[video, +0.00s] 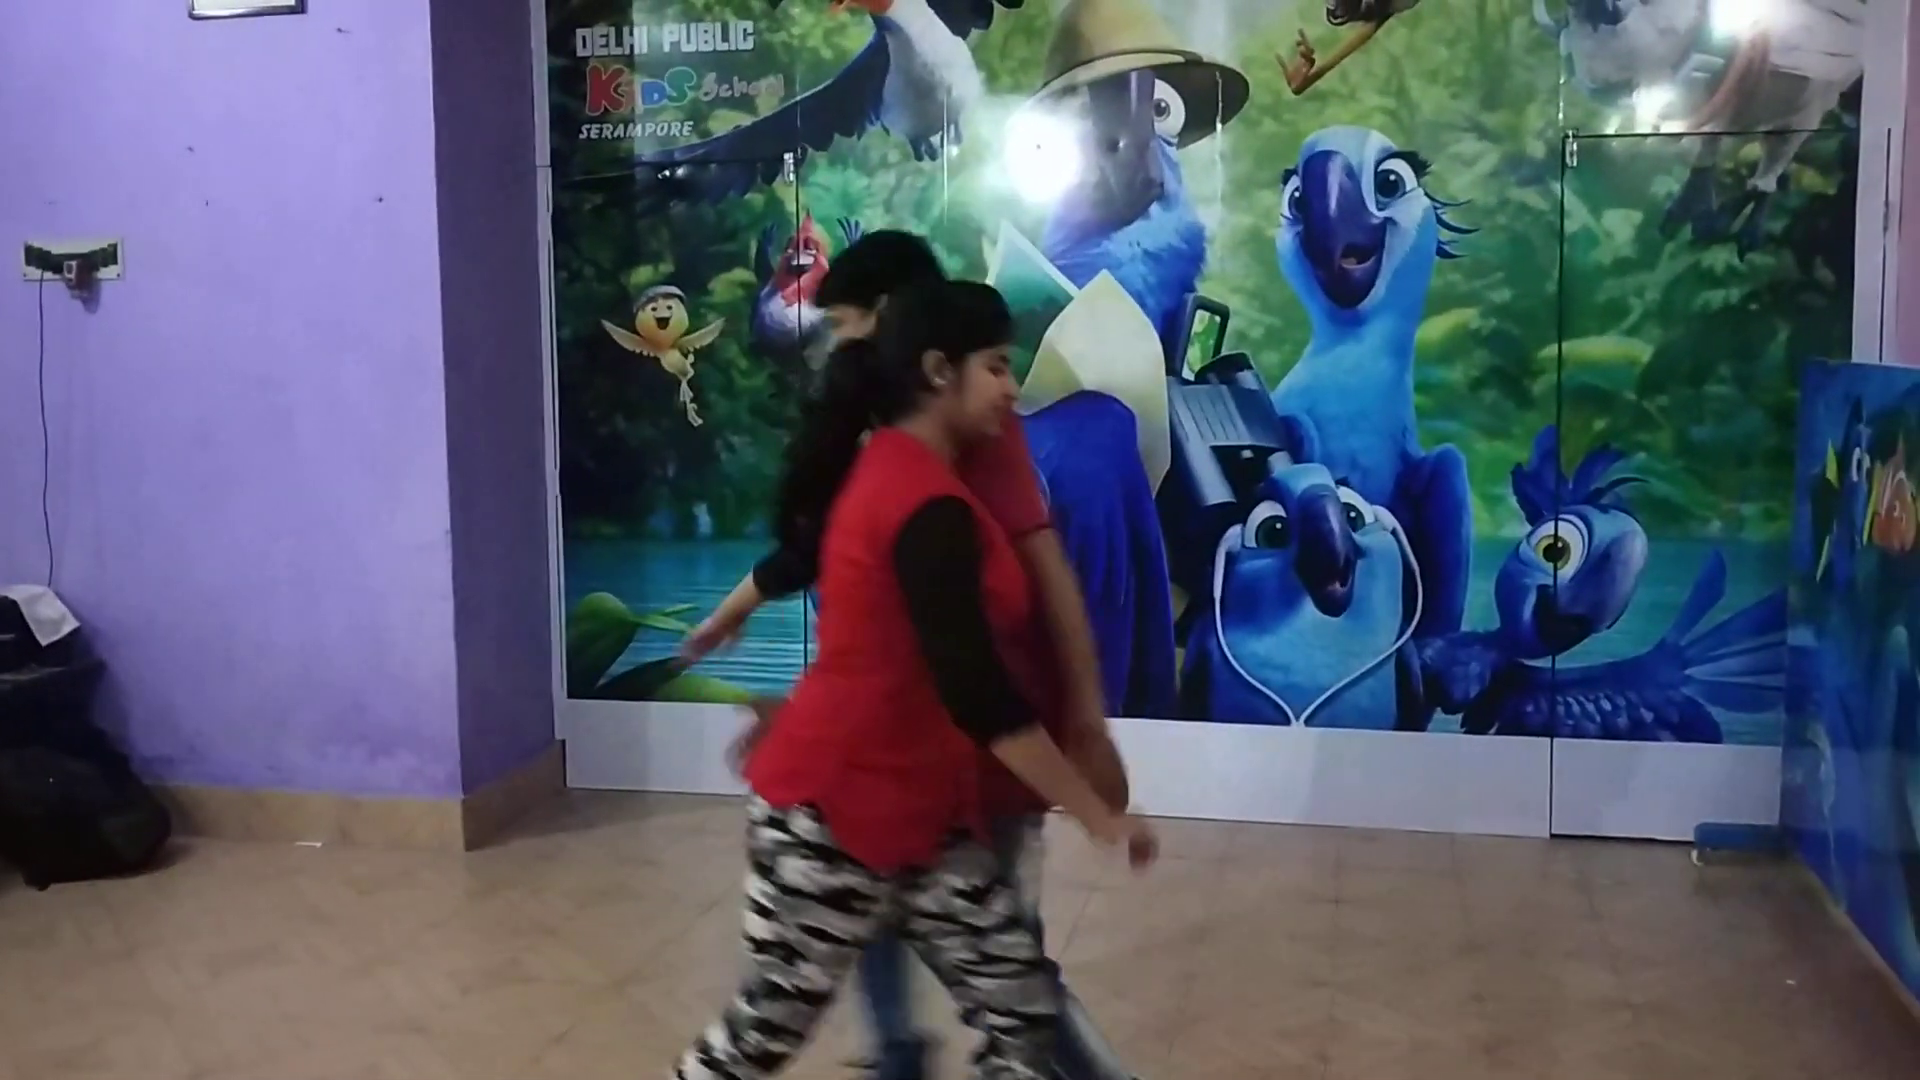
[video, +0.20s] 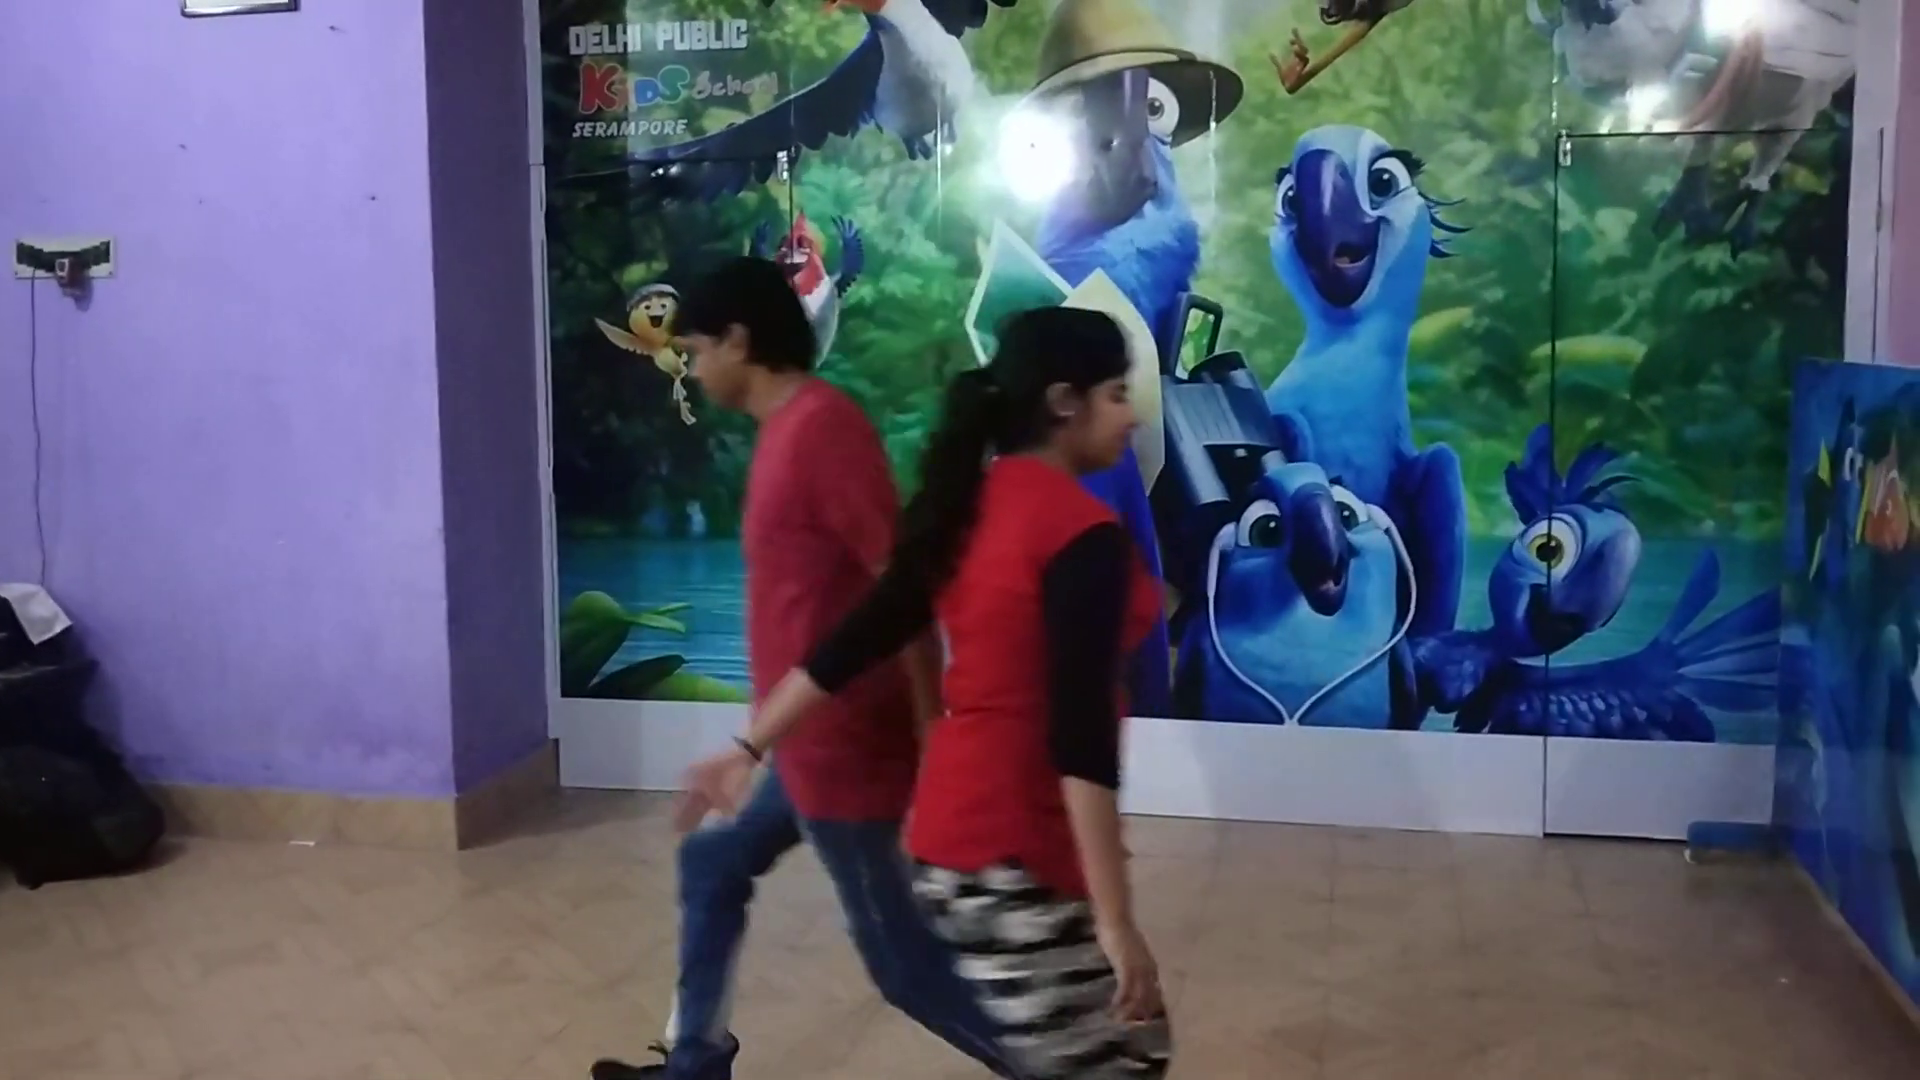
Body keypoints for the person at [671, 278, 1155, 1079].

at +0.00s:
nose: (1013, 389)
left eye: (1011, 368)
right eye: (997, 367)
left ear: (942, 374)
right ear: (939, 371)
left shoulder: (891, 467)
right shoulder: (928, 502)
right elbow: (978, 697)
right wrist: (1100, 818)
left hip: (920, 813)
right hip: (830, 813)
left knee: (1024, 1014)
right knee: (763, 1031)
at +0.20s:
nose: (691, 370)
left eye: (697, 349)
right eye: (690, 352)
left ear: (743, 343)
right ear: (751, 344)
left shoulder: (824, 427)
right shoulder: (793, 426)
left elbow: (903, 591)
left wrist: (934, 734)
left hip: (844, 746)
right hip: (806, 739)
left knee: (908, 969)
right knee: (710, 861)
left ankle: (1045, 1062)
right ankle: (692, 1055)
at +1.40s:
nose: (93, 303)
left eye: (93, 283)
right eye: (89, 286)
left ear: (126, 274)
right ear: (177, 271)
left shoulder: (142, 372)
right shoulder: (244, 361)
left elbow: (150, 528)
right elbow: (292, 504)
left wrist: (130, 685)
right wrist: (292, 629)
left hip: (183, 654)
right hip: (243, 639)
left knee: (240, 853)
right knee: (169, 820)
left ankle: (326, 1043)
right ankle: (160, 1008)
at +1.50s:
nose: (89, 304)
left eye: (88, 284)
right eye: (84, 287)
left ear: (121, 273)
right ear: (174, 271)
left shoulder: (139, 371)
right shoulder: (240, 360)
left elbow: (150, 528)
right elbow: (292, 503)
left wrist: (135, 685)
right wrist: (296, 625)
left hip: (182, 655)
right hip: (241, 639)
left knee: (241, 855)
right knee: (169, 820)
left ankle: (326, 1043)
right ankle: (161, 1008)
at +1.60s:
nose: (88, 303)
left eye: (87, 284)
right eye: (82, 286)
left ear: (120, 273)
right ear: (173, 272)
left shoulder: (135, 371)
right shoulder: (242, 363)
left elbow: (148, 527)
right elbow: (293, 502)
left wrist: (136, 681)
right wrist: (301, 621)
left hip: (180, 656)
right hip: (240, 639)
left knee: (240, 858)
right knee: (170, 832)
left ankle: (326, 1046)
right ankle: (160, 1009)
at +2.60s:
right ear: (27, 544)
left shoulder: (22, 592)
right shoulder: (93, 579)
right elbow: (56, 721)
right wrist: (0, 786)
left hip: (245, 713)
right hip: (306, 683)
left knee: (139, 910)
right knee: (136, 801)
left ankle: (305, 1042)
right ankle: (156, 1017)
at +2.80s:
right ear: (30, 446)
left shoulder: (27, 491)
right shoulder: (102, 473)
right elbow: (126, 611)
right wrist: (32, 682)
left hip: (220, 680)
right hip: (280, 653)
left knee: (162, 899)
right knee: (142, 813)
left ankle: (309, 1042)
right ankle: (156, 1014)